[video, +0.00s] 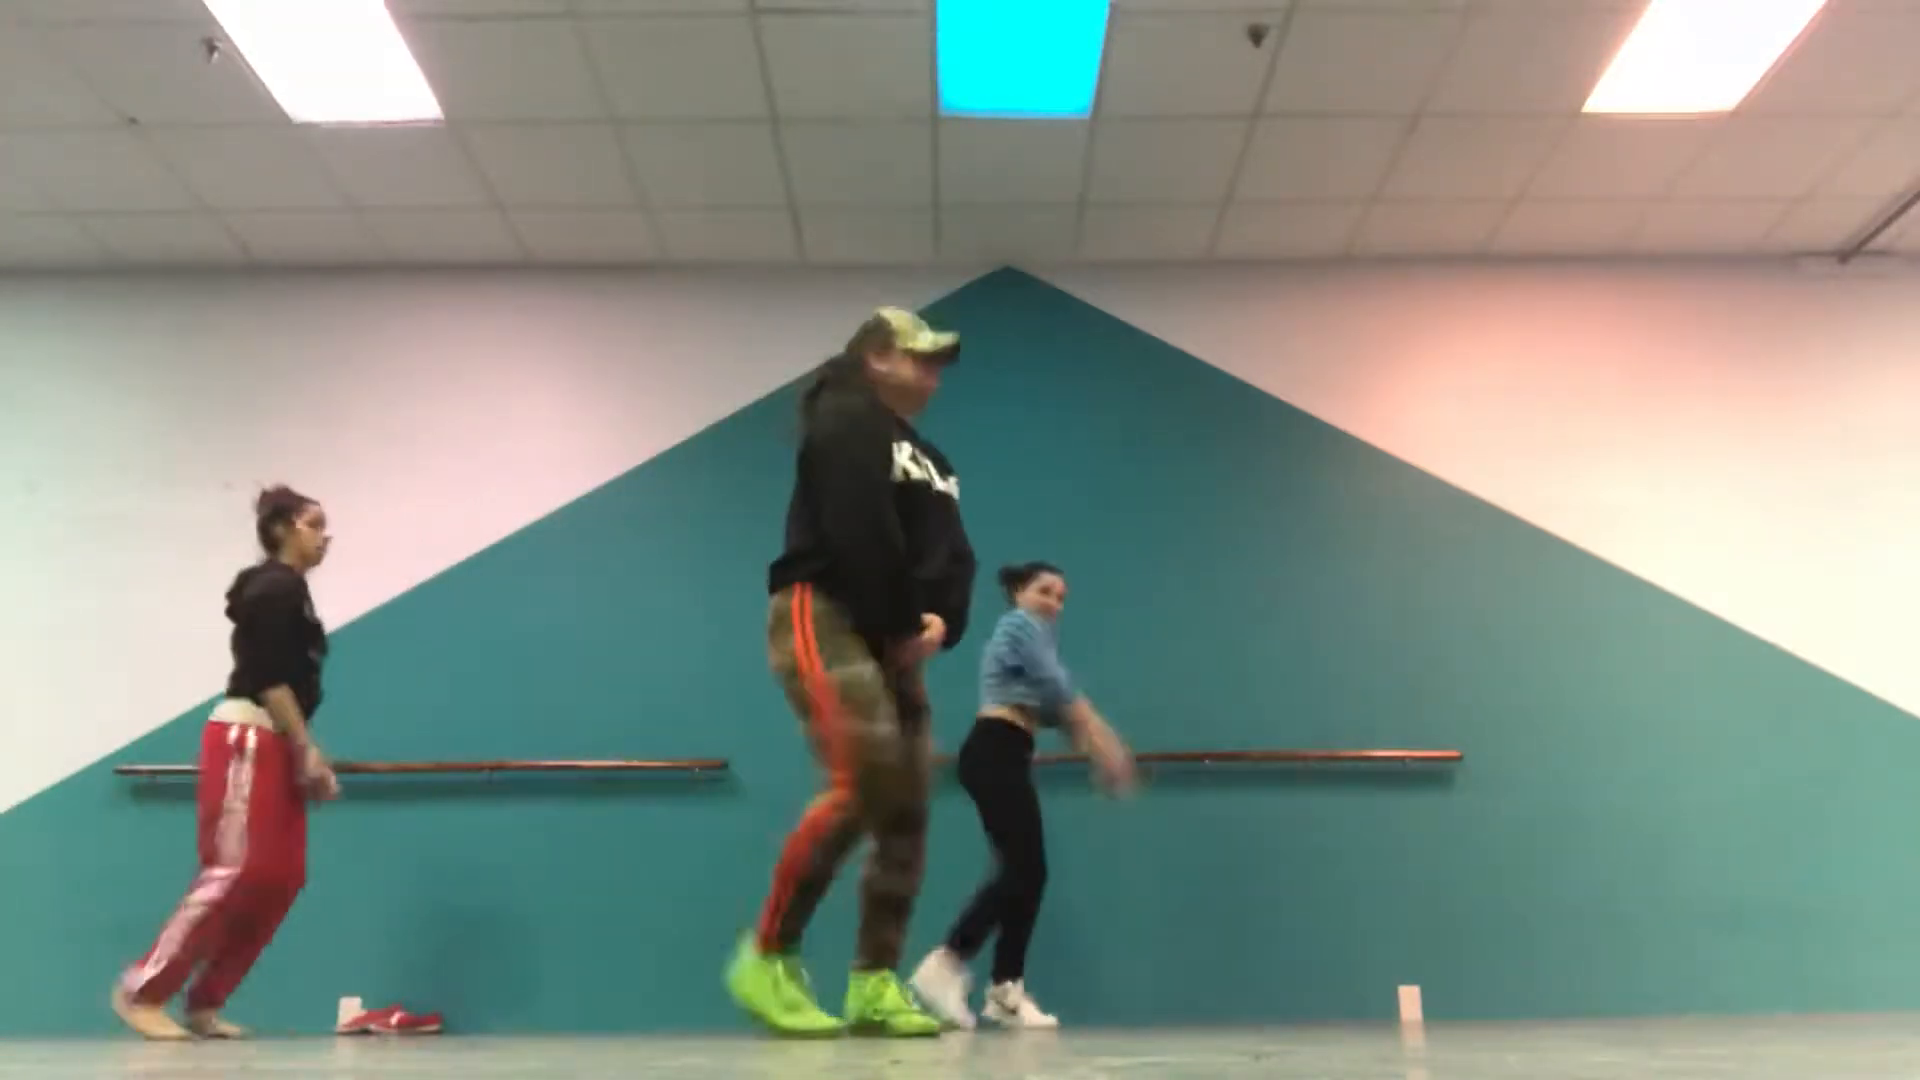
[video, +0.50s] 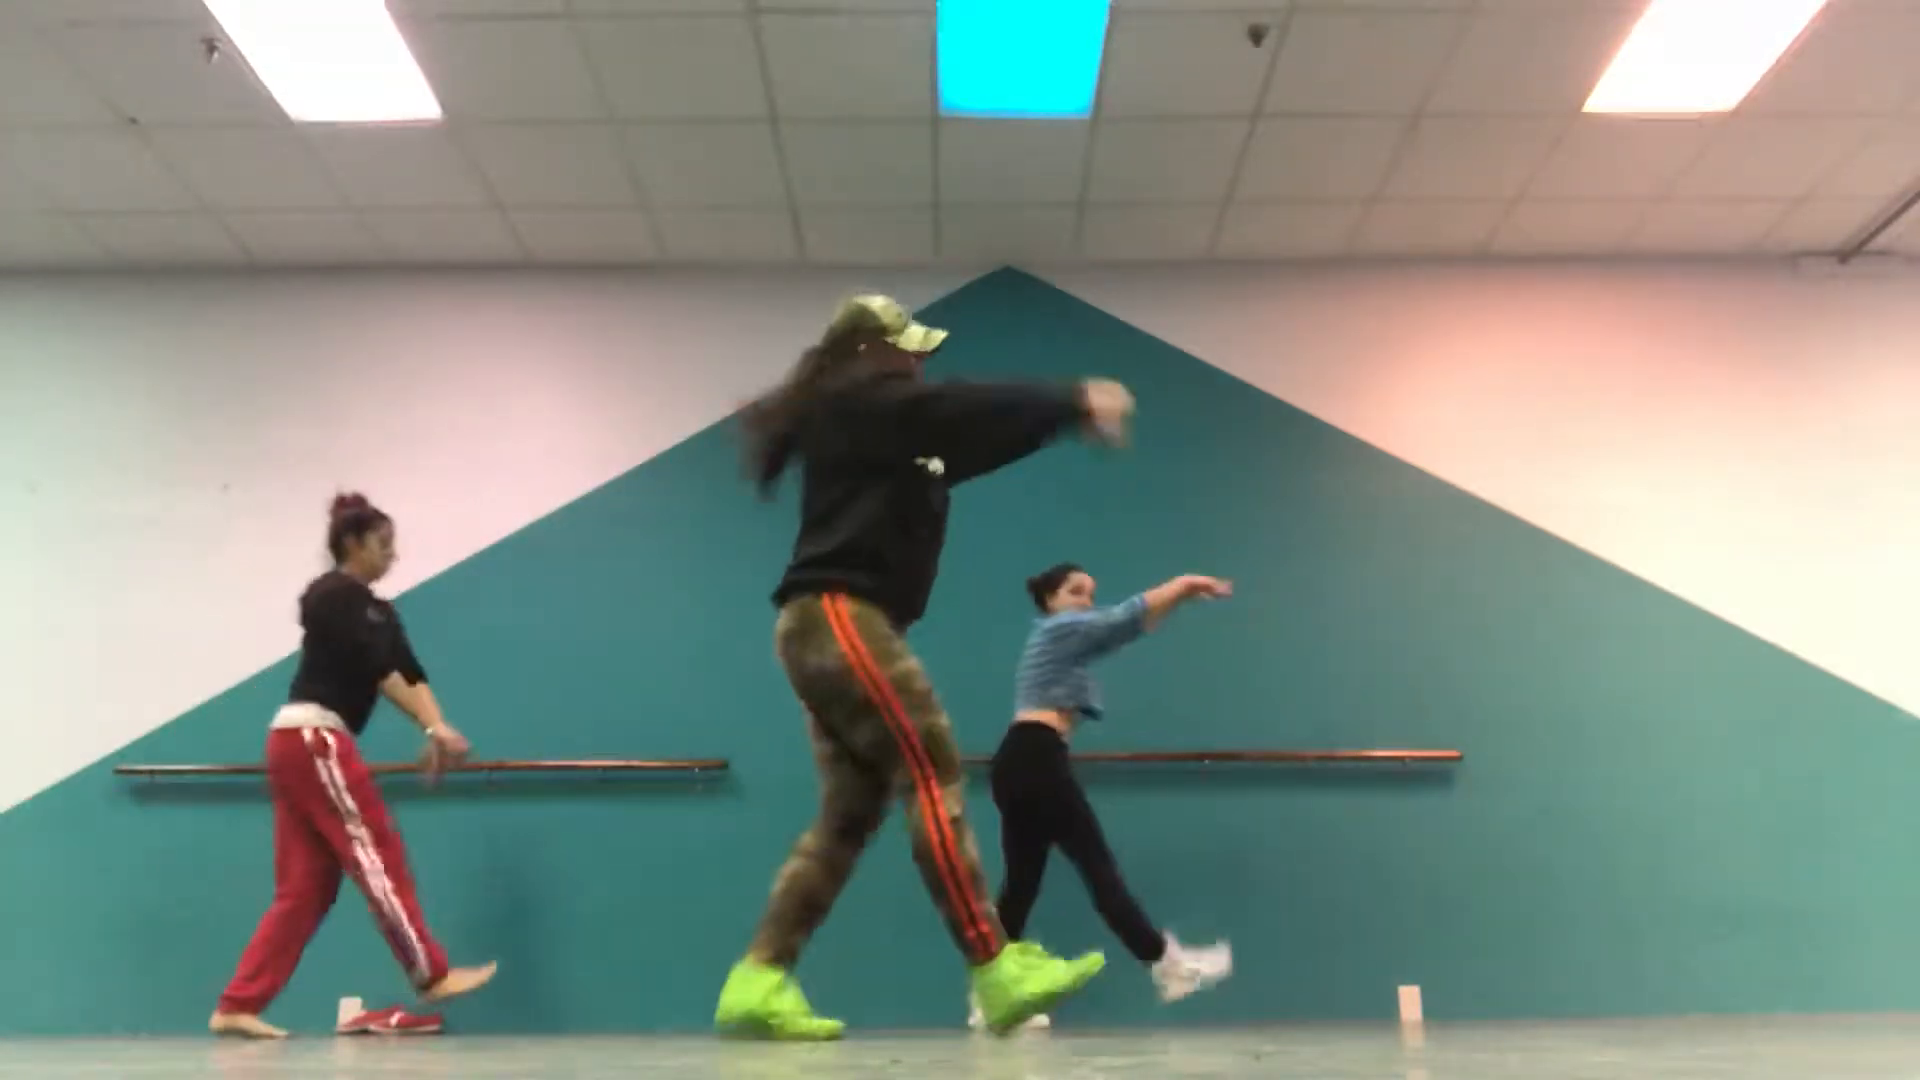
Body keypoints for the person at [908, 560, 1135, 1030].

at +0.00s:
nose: (1053, 603)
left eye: (1059, 597)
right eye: (1044, 592)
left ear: (1059, 604)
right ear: (1018, 593)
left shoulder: (1034, 634)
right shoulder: (1019, 626)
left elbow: (1062, 701)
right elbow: (1060, 690)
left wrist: (1096, 739)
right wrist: (1105, 744)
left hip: (1010, 749)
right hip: (993, 747)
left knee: (1027, 871)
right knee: (1020, 869)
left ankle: (1005, 987)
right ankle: (945, 964)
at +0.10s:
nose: (1065, 624)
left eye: (1071, 618)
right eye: (1059, 612)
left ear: (1070, 621)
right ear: (1034, 605)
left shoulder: (1040, 654)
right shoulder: (1021, 638)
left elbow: (1040, 721)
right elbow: (1033, 709)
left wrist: (1059, 770)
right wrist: (1060, 769)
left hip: (1013, 754)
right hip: (1009, 751)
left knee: (1031, 867)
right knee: (1073, 854)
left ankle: (1002, 988)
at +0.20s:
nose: (1065, 625)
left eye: (1071, 620)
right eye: (1060, 613)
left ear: (1068, 622)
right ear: (1036, 607)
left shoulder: (1022, 643)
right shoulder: (1023, 635)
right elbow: (1040, 689)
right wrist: (1073, 727)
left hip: (1016, 761)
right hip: (1017, 758)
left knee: (1037, 881)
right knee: (1108, 837)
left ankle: (1003, 988)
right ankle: (1013, 835)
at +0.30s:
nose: (1075, 589)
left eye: (1079, 582)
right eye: (1066, 579)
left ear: (1075, 590)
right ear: (1037, 582)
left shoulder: (1041, 630)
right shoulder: (1031, 614)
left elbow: (1077, 679)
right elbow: (1079, 653)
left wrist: (1128, 683)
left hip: (1005, 746)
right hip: (1022, 736)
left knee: (1025, 866)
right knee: (1113, 804)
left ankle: (1005, 986)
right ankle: (1045, 875)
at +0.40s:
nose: (1080, 582)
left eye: (1083, 575)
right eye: (1070, 573)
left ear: (1083, 582)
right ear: (1043, 581)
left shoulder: (1050, 620)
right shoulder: (1049, 613)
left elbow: (1117, 639)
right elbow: (1116, 625)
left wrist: (1163, 614)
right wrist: (1169, 604)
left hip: (1003, 742)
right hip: (1025, 738)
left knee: (1027, 857)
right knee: (1088, 828)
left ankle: (1006, 979)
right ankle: (1128, 940)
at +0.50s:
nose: (1089, 601)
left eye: (1090, 593)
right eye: (1078, 592)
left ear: (1066, 602)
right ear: (1051, 598)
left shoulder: (1054, 635)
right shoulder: (1060, 629)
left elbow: (1125, 627)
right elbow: (1127, 618)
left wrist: (1178, 592)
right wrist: (1183, 583)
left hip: (1016, 758)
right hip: (1039, 758)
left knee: (1020, 883)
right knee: (1098, 868)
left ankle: (989, 991)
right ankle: (1166, 962)